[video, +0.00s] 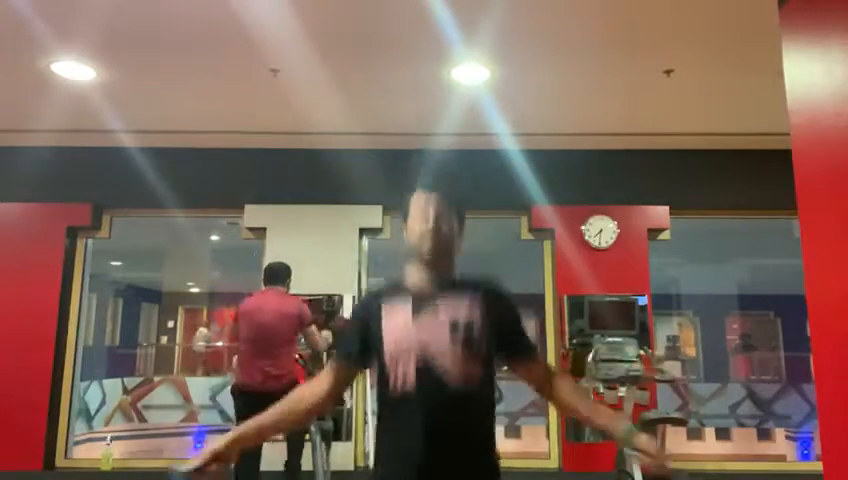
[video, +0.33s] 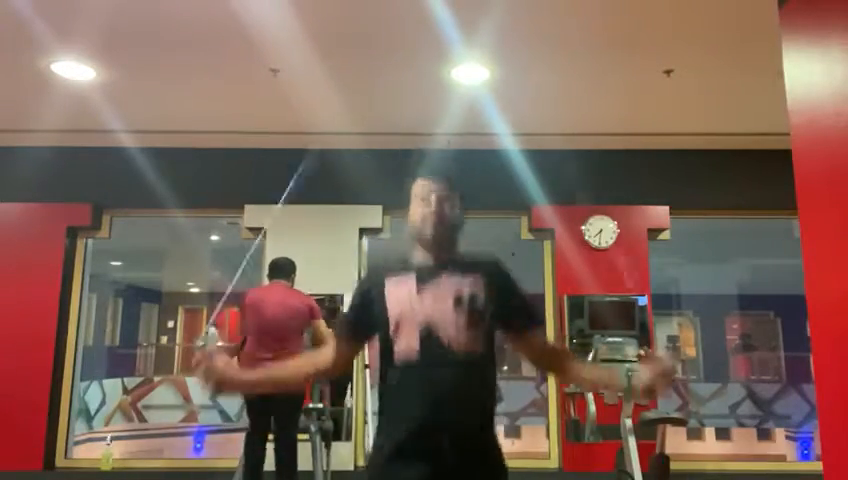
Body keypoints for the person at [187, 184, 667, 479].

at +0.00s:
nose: (426, 230)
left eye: (438, 220)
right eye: (416, 220)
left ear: (458, 233)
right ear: (402, 230)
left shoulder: (488, 303)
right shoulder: (376, 307)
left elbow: (546, 382)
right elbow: (320, 390)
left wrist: (623, 433)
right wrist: (236, 440)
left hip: (470, 466)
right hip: (397, 466)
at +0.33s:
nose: (435, 209)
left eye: (445, 202)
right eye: (424, 201)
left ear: (460, 214)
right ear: (407, 215)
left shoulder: (489, 277)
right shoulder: (381, 283)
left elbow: (550, 358)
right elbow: (329, 359)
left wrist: (629, 382)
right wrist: (238, 379)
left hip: (473, 455)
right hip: (399, 455)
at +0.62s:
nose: (433, 174)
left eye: (443, 167)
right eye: (421, 167)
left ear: (459, 184)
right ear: (405, 185)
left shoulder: (487, 244)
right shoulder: (379, 252)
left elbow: (532, 327)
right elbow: (342, 340)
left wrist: (592, 370)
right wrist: (268, 394)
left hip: (477, 429)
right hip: (400, 431)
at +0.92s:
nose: (430, 248)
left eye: (442, 239)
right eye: (418, 239)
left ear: (459, 254)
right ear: (402, 253)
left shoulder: (490, 316)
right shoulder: (374, 327)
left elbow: (564, 373)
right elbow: (315, 396)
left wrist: (647, 388)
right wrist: (225, 424)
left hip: (475, 473)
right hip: (401, 472)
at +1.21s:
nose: (431, 157)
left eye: (443, 150)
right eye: (420, 151)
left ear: (461, 164)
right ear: (404, 167)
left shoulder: (490, 231)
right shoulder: (378, 239)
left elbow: (541, 321)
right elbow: (353, 331)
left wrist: (617, 363)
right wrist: (275, 379)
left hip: (478, 421)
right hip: (399, 423)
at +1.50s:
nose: (431, 243)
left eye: (444, 233)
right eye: (421, 234)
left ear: (464, 248)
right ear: (405, 249)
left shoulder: (496, 318)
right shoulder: (380, 325)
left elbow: (573, 390)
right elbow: (321, 403)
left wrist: (660, 433)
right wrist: (230, 446)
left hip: (476, 471)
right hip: (398, 470)